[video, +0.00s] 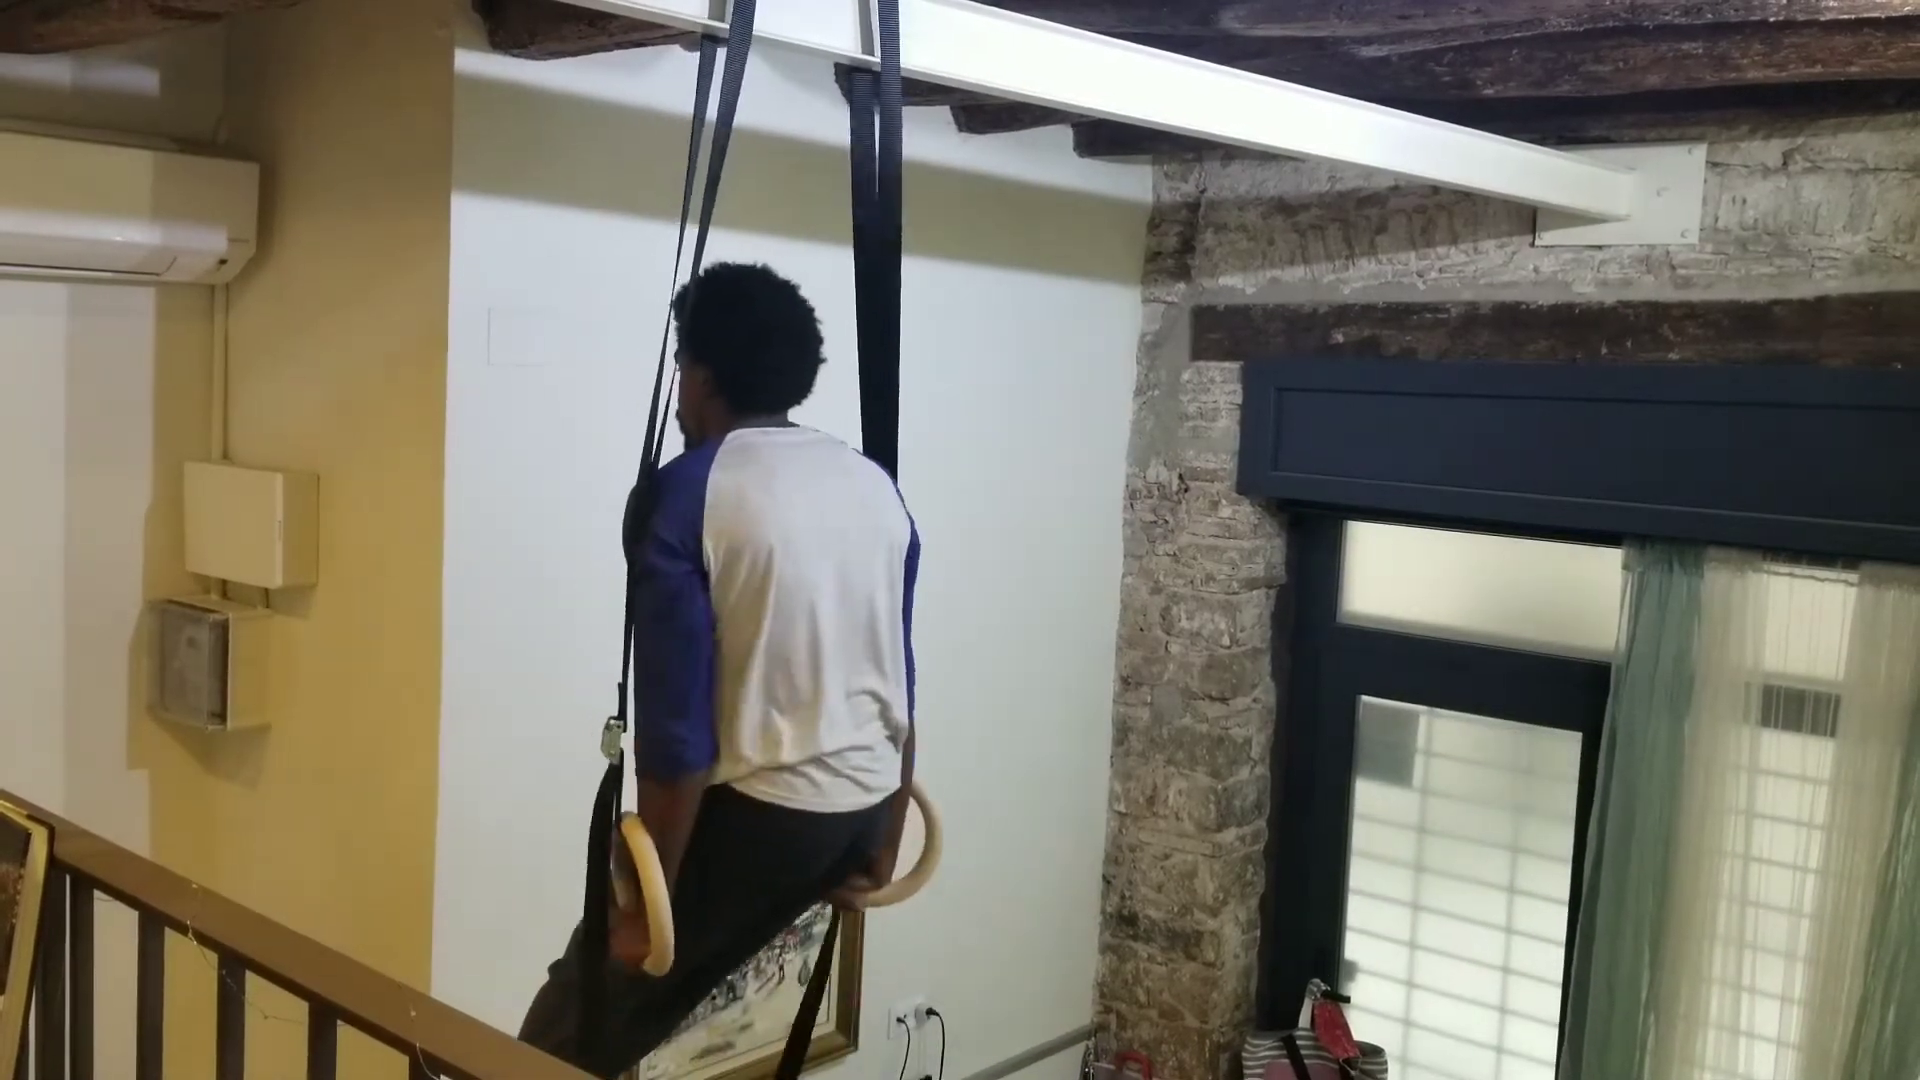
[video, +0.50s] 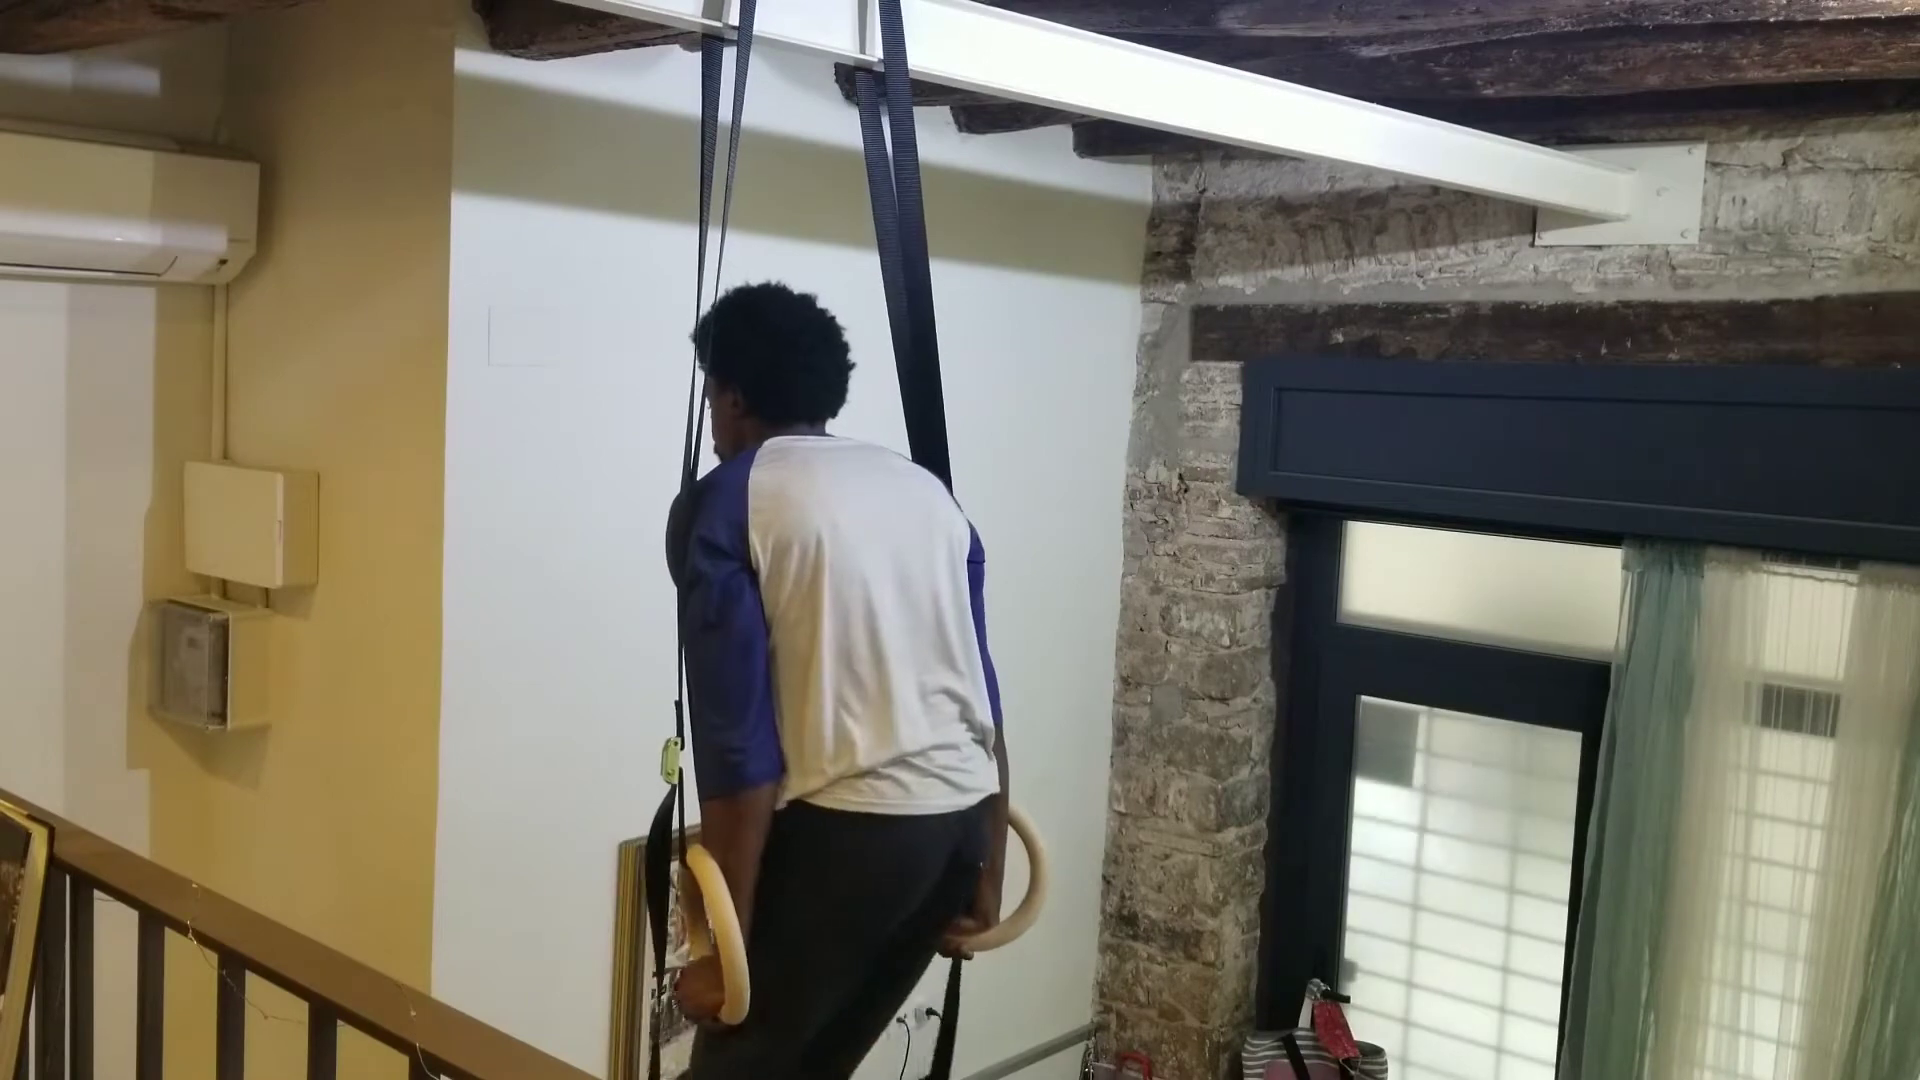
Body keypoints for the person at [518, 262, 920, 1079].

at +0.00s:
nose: (678, 388)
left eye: (682, 365)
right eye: (683, 364)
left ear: (701, 375)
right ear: (796, 376)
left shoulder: (684, 493)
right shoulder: (876, 487)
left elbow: (676, 731)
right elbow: (899, 690)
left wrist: (642, 902)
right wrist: (881, 847)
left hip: (747, 826)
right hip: (854, 823)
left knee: (575, 1020)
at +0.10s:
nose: (687, 393)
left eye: (694, 370)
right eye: (692, 370)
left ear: (715, 383)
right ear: (807, 382)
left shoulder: (699, 497)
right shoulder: (894, 490)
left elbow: (703, 737)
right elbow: (925, 696)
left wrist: (675, 925)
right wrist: (916, 875)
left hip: (779, 835)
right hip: (886, 833)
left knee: (593, 1034)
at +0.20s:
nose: (700, 404)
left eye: (703, 380)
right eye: (701, 381)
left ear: (725, 390)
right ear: (816, 387)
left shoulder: (713, 499)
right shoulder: (908, 491)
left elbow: (719, 742)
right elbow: (945, 698)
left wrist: (692, 931)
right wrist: (938, 881)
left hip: (800, 840)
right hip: (908, 839)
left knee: (629, 1047)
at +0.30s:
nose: (707, 407)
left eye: (710, 384)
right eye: (709, 384)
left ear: (734, 391)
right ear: (827, 389)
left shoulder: (721, 499)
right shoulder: (922, 495)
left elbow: (733, 750)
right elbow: (962, 702)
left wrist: (705, 938)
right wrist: (962, 889)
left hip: (820, 844)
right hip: (928, 843)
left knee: (664, 1054)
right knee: (725, 1045)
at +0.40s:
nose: (710, 409)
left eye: (712, 387)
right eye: (711, 387)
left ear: (733, 395)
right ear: (826, 390)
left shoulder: (724, 501)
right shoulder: (928, 494)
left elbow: (740, 754)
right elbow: (976, 704)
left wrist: (719, 947)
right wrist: (980, 880)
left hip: (830, 843)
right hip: (942, 844)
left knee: (701, 1049)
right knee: (774, 1053)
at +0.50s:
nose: (710, 414)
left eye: (711, 391)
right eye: (709, 392)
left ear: (732, 399)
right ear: (826, 398)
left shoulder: (727, 502)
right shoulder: (931, 494)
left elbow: (739, 752)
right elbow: (983, 701)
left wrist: (717, 945)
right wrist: (987, 871)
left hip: (835, 844)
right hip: (950, 846)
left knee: (736, 1060)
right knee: (820, 1060)